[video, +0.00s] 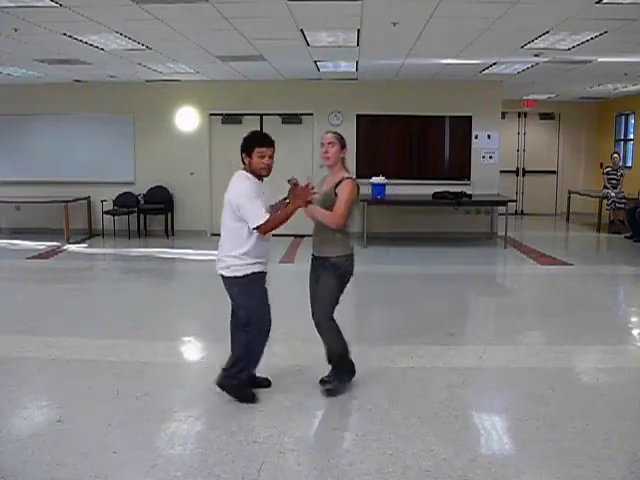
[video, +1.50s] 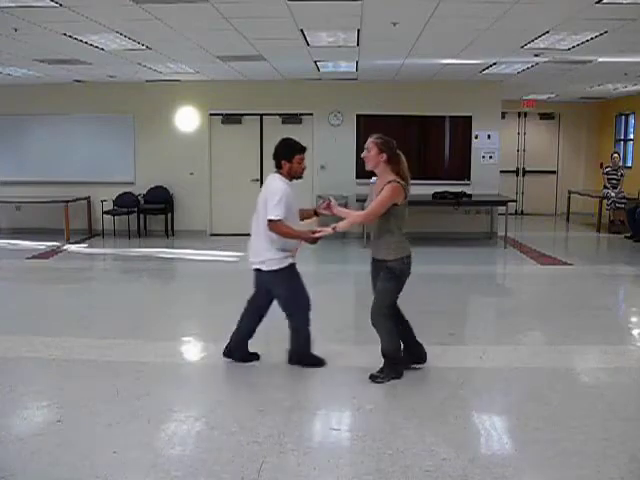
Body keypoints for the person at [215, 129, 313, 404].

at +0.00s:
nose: (268, 162)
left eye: (271, 157)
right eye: (262, 157)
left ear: (273, 157)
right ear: (246, 157)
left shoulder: (253, 183)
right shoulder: (244, 187)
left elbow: (264, 214)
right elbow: (263, 226)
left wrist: (289, 200)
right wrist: (295, 206)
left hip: (248, 267)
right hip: (242, 269)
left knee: (244, 321)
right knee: (259, 323)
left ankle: (244, 373)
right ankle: (233, 377)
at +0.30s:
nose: (278, 164)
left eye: (279, 158)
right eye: (272, 159)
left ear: (276, 158)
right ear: (255, 160)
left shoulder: (262, 185)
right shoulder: (248, 188)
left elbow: (269, 214)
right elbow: (253, 232)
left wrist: (294, 203)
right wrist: (288, 219)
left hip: (263, 269)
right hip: (249, 271)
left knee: (273, 322)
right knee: (258, 327)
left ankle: (256, 375)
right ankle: (248, 387)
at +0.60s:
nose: (275, 161)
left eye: (275, 156)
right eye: (270, 156)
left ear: (256, 159)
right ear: (254, 159)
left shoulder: (251, 182)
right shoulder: (245, 186)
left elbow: (261, 208)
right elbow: (259, 225)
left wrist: (283, 193)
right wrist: (296, 210)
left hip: (250, 266)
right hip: (241, 269)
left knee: (253, 324)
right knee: (249, 325)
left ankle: (251, 373)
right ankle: (238, 379)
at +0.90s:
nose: (267, 164)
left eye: (267, 159)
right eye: (263, 159)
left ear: (248, 160)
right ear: (246, 161)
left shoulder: (243, 183)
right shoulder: (238, 186)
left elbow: (259, 219)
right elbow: (262, 222)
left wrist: (292, 216)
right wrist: (302, 212)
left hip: (242, 266)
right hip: (231, 268)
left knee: (250, 319)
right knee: (235, 322)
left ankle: (250, 370)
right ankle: (227, 378)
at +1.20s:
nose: (271, 165)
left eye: (271, 160)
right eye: (267, 160)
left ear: (254, 162)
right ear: (251, 162)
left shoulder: (254, 185)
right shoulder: (242, 187)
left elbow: (279, 213)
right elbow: (255, 226)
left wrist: (313, 215)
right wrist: (295, 228)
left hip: (244, 262)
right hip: (236, 263)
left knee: (243, 314)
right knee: (239, 320)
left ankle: (239, 351)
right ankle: (227, 378)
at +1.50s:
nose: (304, 166)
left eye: (304, 161)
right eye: (300, 161)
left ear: (285, 165)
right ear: (285, 164)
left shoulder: (276, 183)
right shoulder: (279, 188)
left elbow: (287, 215)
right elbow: (274, 224)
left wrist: (314, 212)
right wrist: (303, 235)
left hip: (267, 259)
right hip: (275, 261)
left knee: (259, 303)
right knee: (299, 306)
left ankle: (236, 347)